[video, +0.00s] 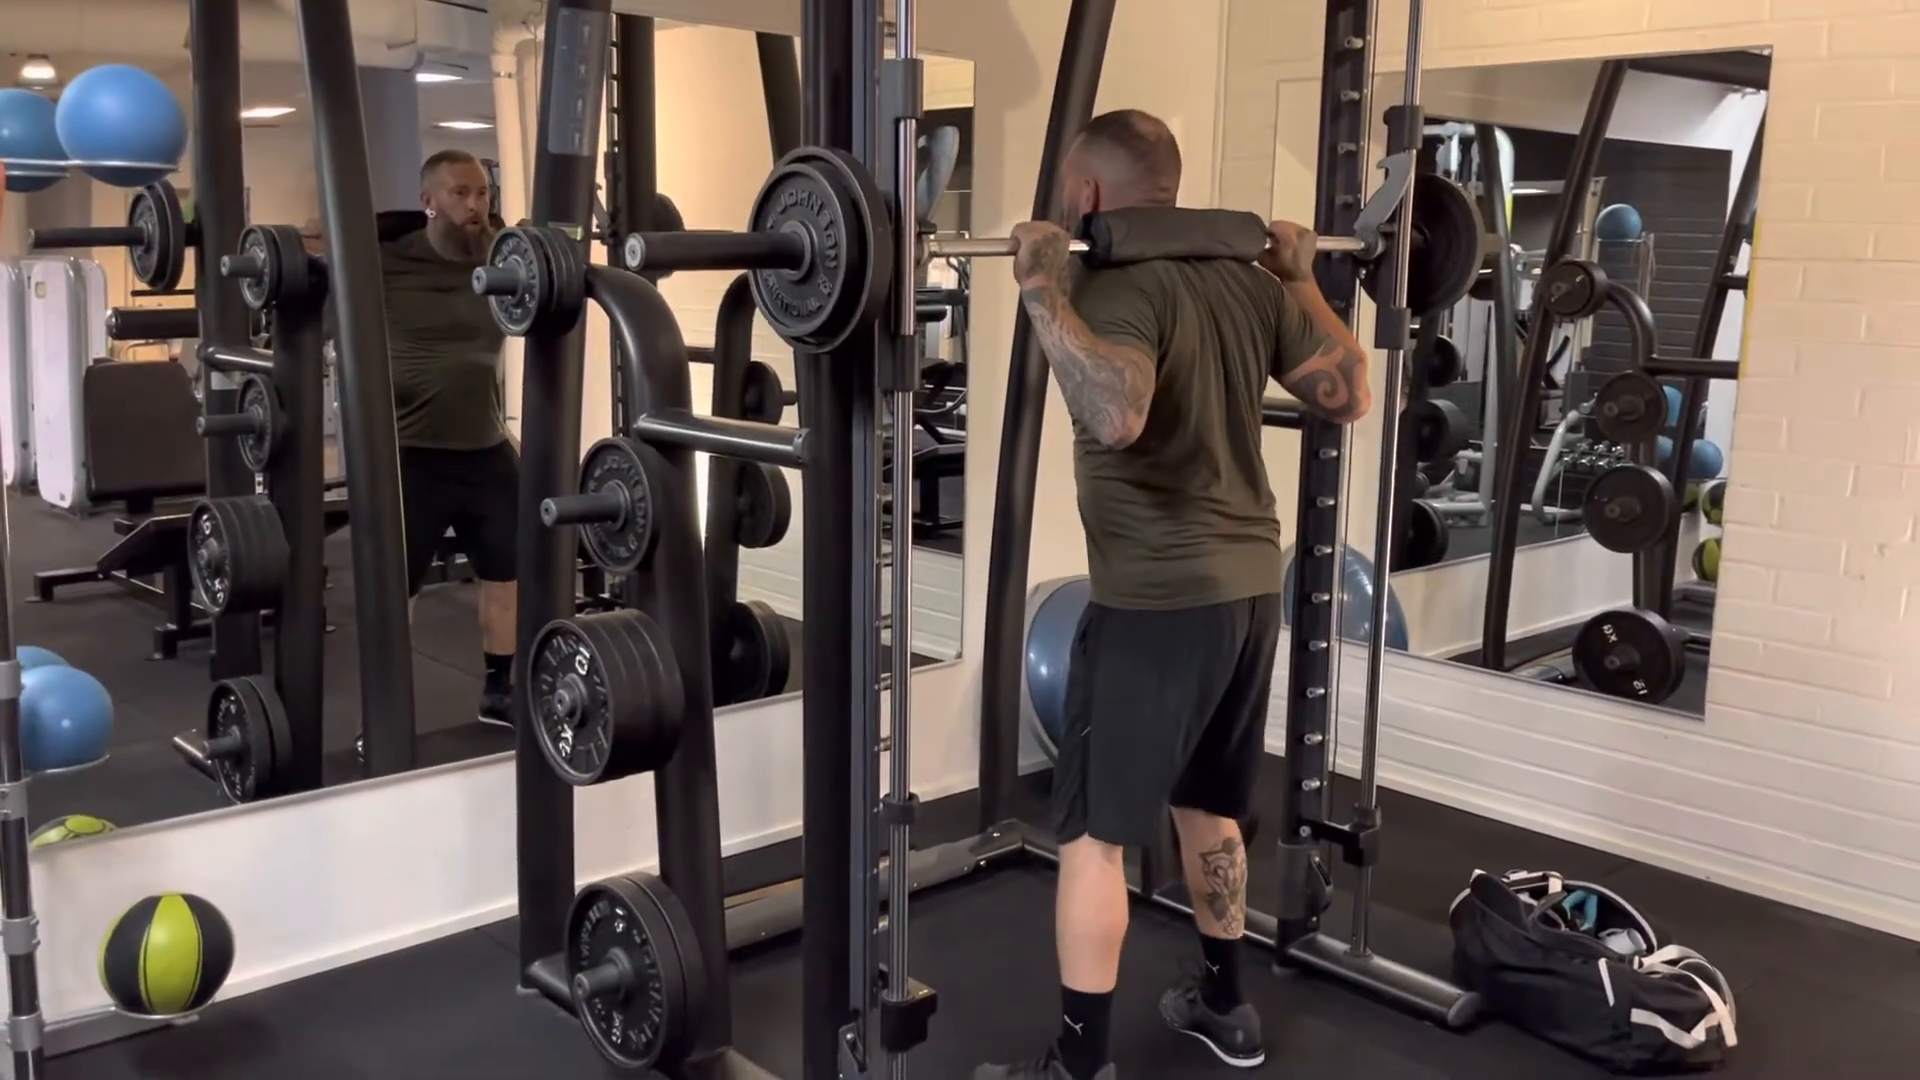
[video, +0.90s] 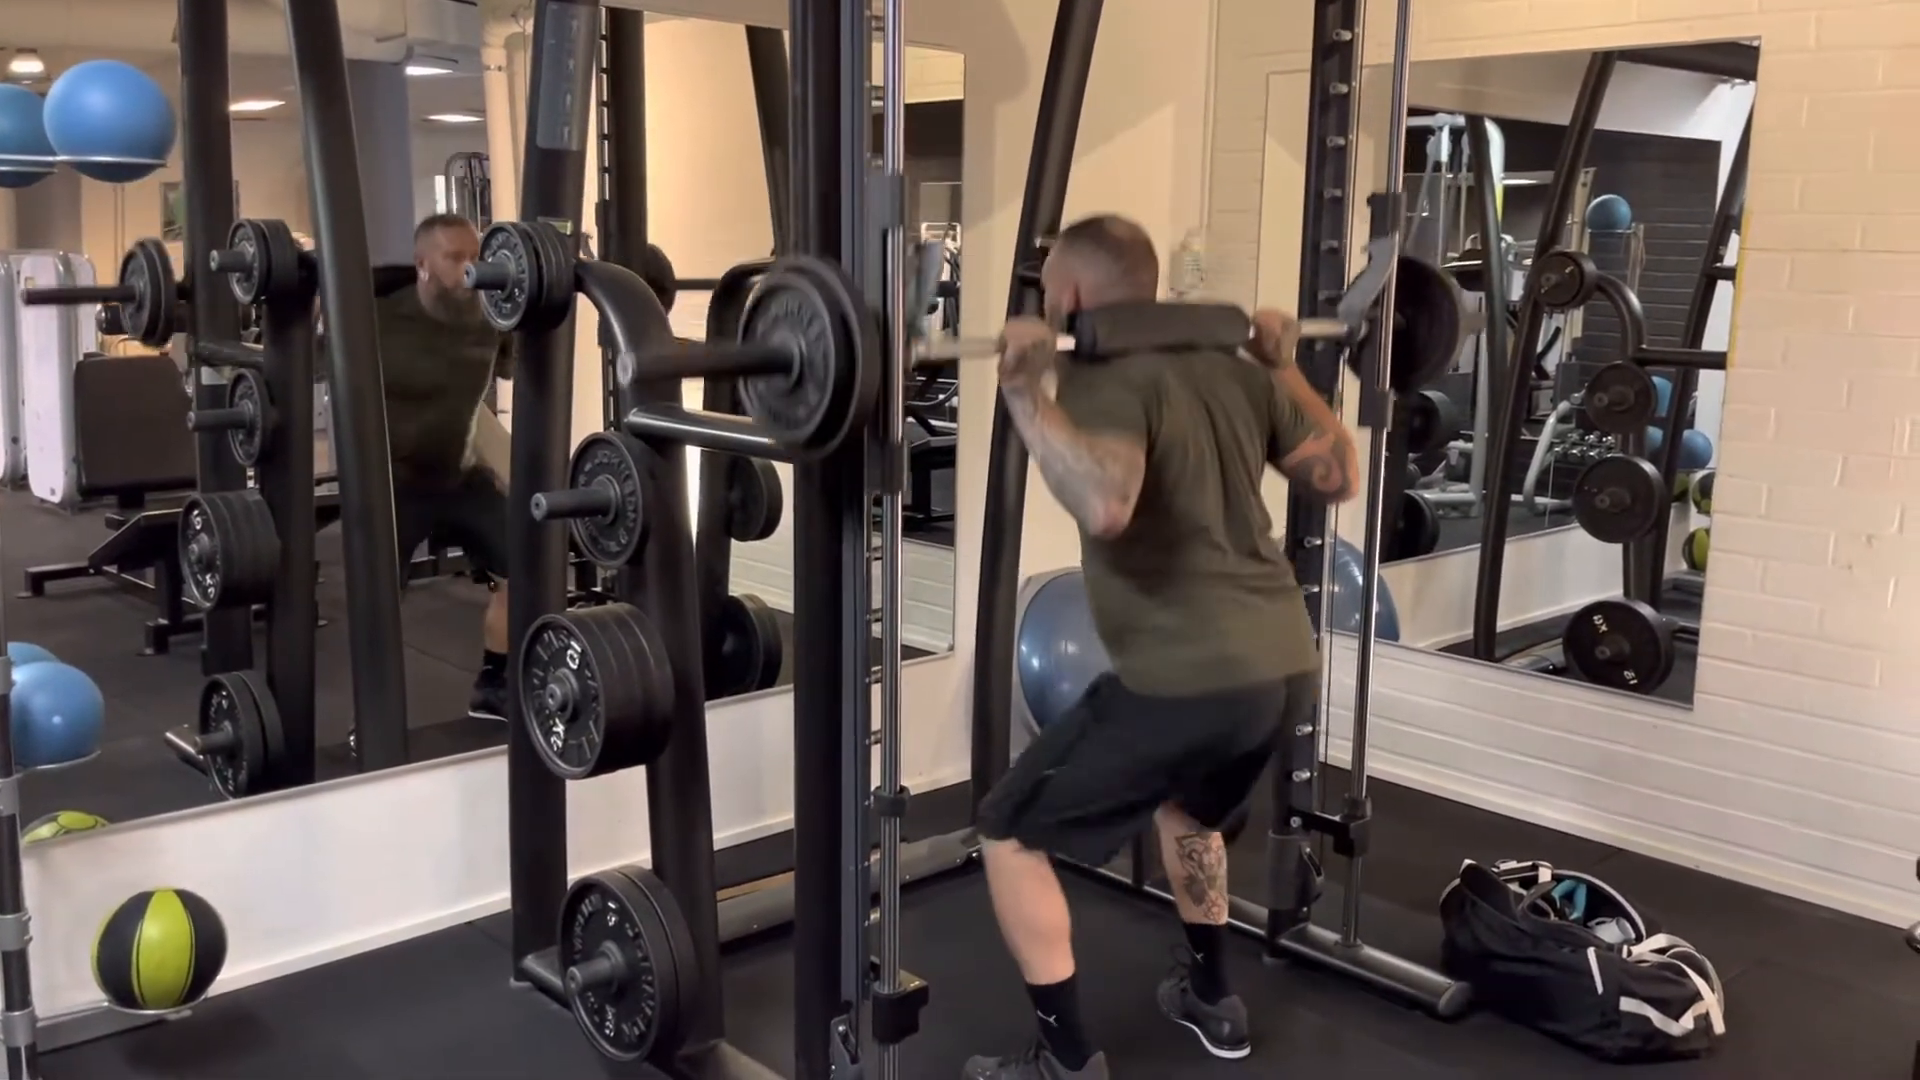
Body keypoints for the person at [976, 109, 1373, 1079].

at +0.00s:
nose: (1062, 204)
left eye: (1066, 187)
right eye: (1065, 188)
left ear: (1094, 186)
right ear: (1171, 185)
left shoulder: (1123, 279)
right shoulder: (1247, 274)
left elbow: (1117, 413)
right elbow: (1344, 394)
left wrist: (1042, 290)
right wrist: (1301, 278)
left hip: (1156, 602)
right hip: (1250, 593)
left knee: (1097, 826)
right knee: (1210, 793)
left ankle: (1078, 1057)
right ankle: (1224, 1003)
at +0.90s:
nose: (1050, 311)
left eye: (1053, 297)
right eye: (1051, 297)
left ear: (1079, 295)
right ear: (1148, 284)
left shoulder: (1110, 375)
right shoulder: (1238, 364)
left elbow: (1104, 501)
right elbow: (1335, 473)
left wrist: (1026, 394)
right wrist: (1282, 365)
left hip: (1180, 682)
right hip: (1278, 670)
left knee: (1011, 832)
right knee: (1187, 808)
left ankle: (1065, 1051)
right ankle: (1213, 999)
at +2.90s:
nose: (1039, 211)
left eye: (1043, 195)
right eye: (1043, 196)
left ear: (1069, 193)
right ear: (1146, 191)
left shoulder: (1093, 285)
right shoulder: (1225, 282)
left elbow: (1079, 413)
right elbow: (1313, 402)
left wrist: (1008, 288)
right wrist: (1274, 291)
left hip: (1133, 605)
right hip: (1234, 593)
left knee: (1073, 840)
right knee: (1197, 805)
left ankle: (1062, 1064)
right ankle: (1210, 1017)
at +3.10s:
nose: (1041, 214)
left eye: (1044, 199)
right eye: (1046, 199)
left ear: (1066, 196)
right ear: (1145, 192)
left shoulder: (1093, 286)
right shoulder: (1224, 282)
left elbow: (1081, 415)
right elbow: (1316, 403)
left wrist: (1007, 291)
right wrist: (1274, 294)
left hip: (1136, 606)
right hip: (1235, 592)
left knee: (1073, 842)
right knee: (1197, 805)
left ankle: (1061, 1066)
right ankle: (1209, 1018)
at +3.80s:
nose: (1030, 457)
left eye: (1033, 442)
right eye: (1029, 442)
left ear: (1057, 453)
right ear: (1135, 439)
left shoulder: (1098, 531)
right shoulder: (1230, 519)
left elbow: (1094, 658)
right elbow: (1336, 614)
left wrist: (1009, 553)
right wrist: (1270, 512)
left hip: (1198, 830)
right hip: (1297, 817)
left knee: (977, 864)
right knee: (1148, 817)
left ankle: (1055, 1065)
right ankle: (1207, 1018)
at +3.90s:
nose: (1031, 508)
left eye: (1033, 491)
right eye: (1031, 490)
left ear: (1058, 499)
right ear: (1131, 484)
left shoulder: (1095, 573)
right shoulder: (1224, 558)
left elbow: (1097, 706)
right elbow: (1331, 654)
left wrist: (1010, 601)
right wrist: (1268, 550)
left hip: (1202, 876)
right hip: (1303, 858)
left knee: (973, 862)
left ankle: (1054, 1065)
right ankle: (1207, 1019)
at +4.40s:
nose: (1032, 557)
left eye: (1033, 541)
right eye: (1032, 540)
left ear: (1056, 551)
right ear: (1133, 538)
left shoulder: (1095, 626)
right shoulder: (1221, 606)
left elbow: (1087, 767)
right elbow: (1328, 705)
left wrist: (1003, 655)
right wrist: (1263, 601)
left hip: (1211, 928)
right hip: (1309, 911)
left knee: (974, 861)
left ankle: (1050, 1067)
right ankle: (1204, 1027)